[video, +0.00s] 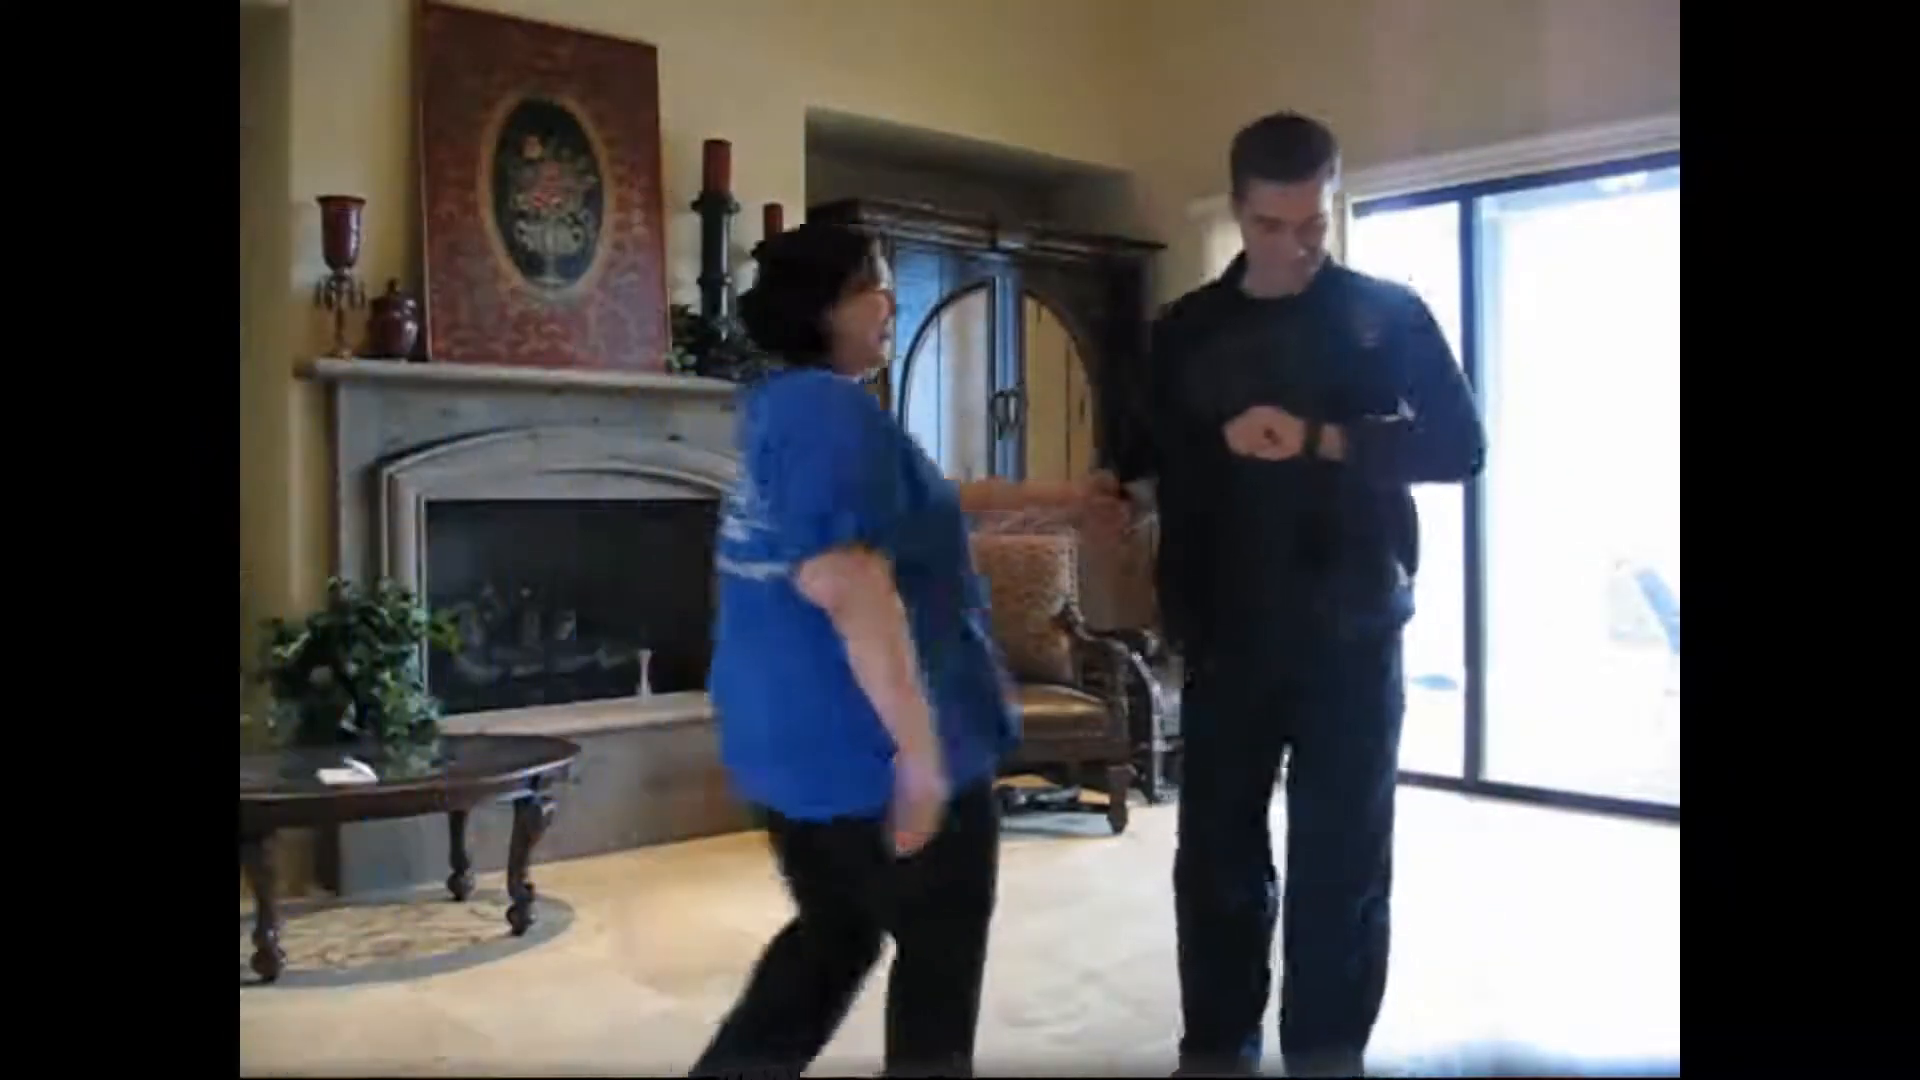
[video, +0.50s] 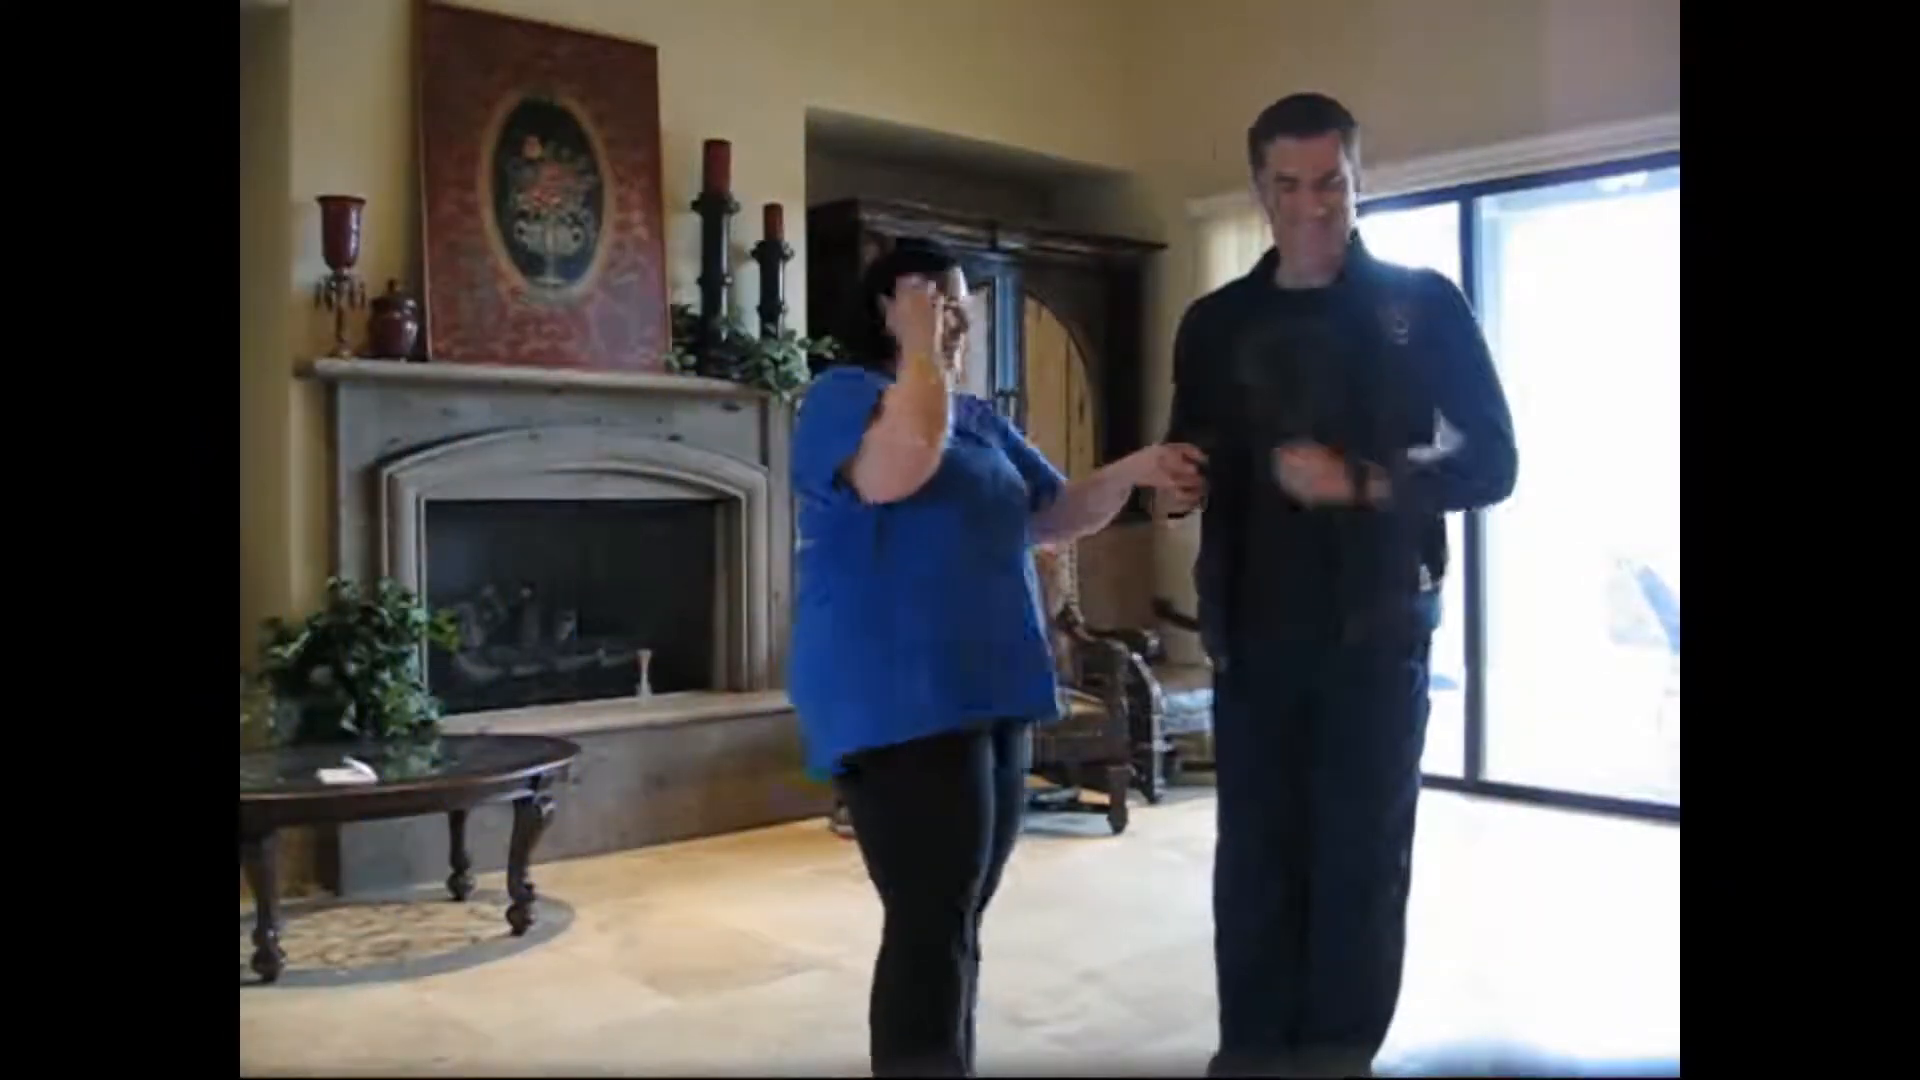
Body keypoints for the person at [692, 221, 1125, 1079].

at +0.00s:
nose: (888, 305)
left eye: (882, 288)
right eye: (868, 289)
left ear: (819, 313)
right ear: (821, 309)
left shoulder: (789, 407)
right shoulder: (832, 414)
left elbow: (934, 505)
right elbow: (845, 578)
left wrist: (1066, 502)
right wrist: (919, 750)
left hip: (804, 748)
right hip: (899, 751)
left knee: (835, 934)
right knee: (942, 948)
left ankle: (732, 1070)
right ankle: (928, 1070)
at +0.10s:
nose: (920, 304)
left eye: (914, 287)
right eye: (902, 289)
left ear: (845, 308)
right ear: (857, 306)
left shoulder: (821, 402)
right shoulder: (861, 408)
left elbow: (949, 504)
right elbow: (889, 568)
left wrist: (1081, 493)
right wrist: (1022, 675)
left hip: (841, 720)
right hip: (904, 725)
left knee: (907, 886)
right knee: (947, 933)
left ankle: (815, 1052)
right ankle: (932, 1065)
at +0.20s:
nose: (945, 304)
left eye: (941, 286)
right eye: (926, 288)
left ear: (884, 304)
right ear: (875, 301)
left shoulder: (889, 394)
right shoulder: (859, 398)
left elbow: (972, 499)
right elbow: (912, 533)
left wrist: (1096, 491)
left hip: (932, 708)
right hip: (893, 722)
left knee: (978, 866)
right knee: (939, 906)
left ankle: (899, 1043)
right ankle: (926, 1062)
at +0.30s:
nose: (958, 310)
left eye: (956, 294)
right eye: (941, 294)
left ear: (911, 310)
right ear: (890, 304)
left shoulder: (916, 405)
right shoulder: (855, 399)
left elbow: (995, 509)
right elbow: (924, 508)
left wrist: (1109, 488)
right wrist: (1005, 425)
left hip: (953, 716)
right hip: (899, 727)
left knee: (967, 920)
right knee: (932, 937)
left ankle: (950, 1057)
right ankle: (921, 1068)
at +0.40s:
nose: (968, 316)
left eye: (965, 302)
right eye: (952, 302)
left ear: (924, 319)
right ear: (905, 317)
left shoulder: (954, 415)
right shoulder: (843, 401)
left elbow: (1033, 512)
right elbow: (925, 482)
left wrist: (1119, 482)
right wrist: (962, 345)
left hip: (980, 711)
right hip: (899, 722)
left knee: (982, 910)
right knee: (933, 925)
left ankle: (964, 1053)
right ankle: (921, 1067)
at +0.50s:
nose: (953, 304)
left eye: (958, 292)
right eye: (931, 292)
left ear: (968, 313)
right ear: (882, 309)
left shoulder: (979, 419)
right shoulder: (840, 399)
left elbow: (1054, 512)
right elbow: (892, 472)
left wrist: (1135, 470)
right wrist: (921, 352)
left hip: (993, 699)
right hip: (898, 703)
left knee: (956, 920)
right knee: (931, 919)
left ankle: (947, 1064)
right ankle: (916, 1071)